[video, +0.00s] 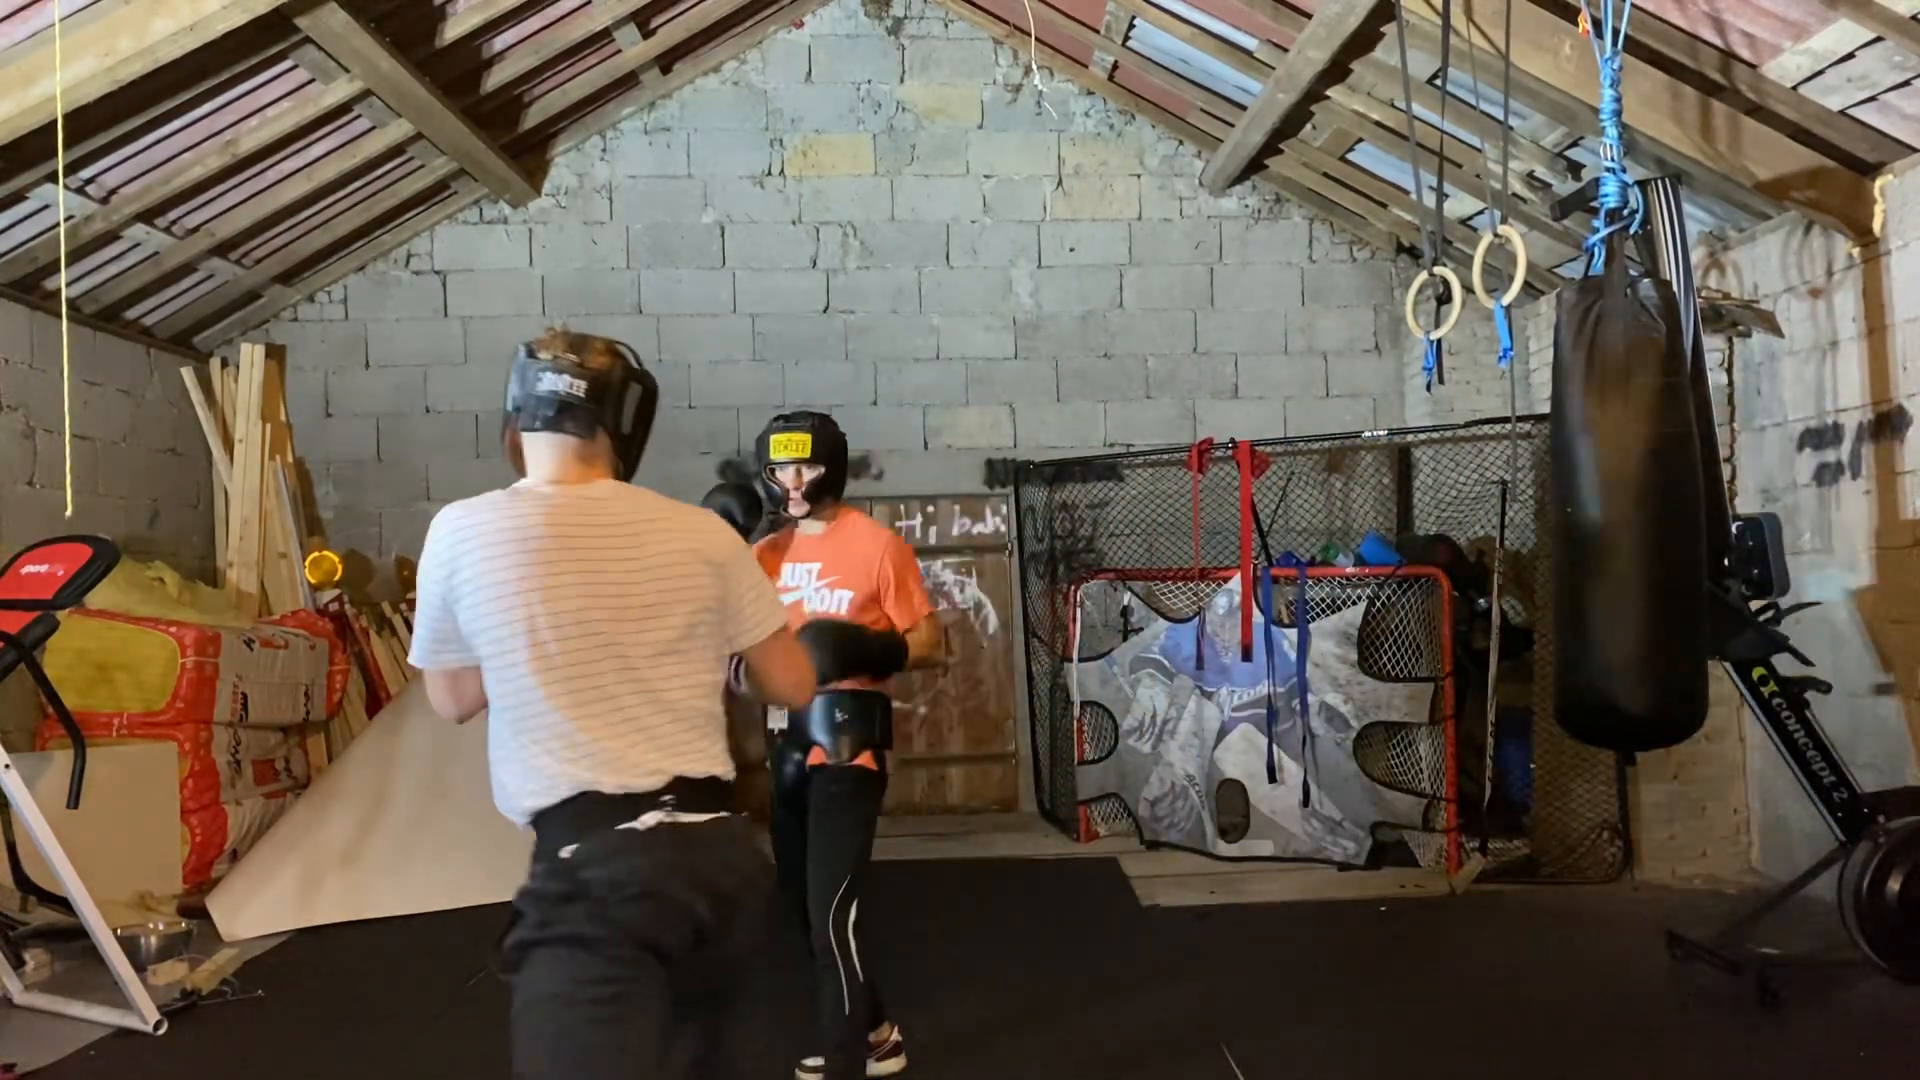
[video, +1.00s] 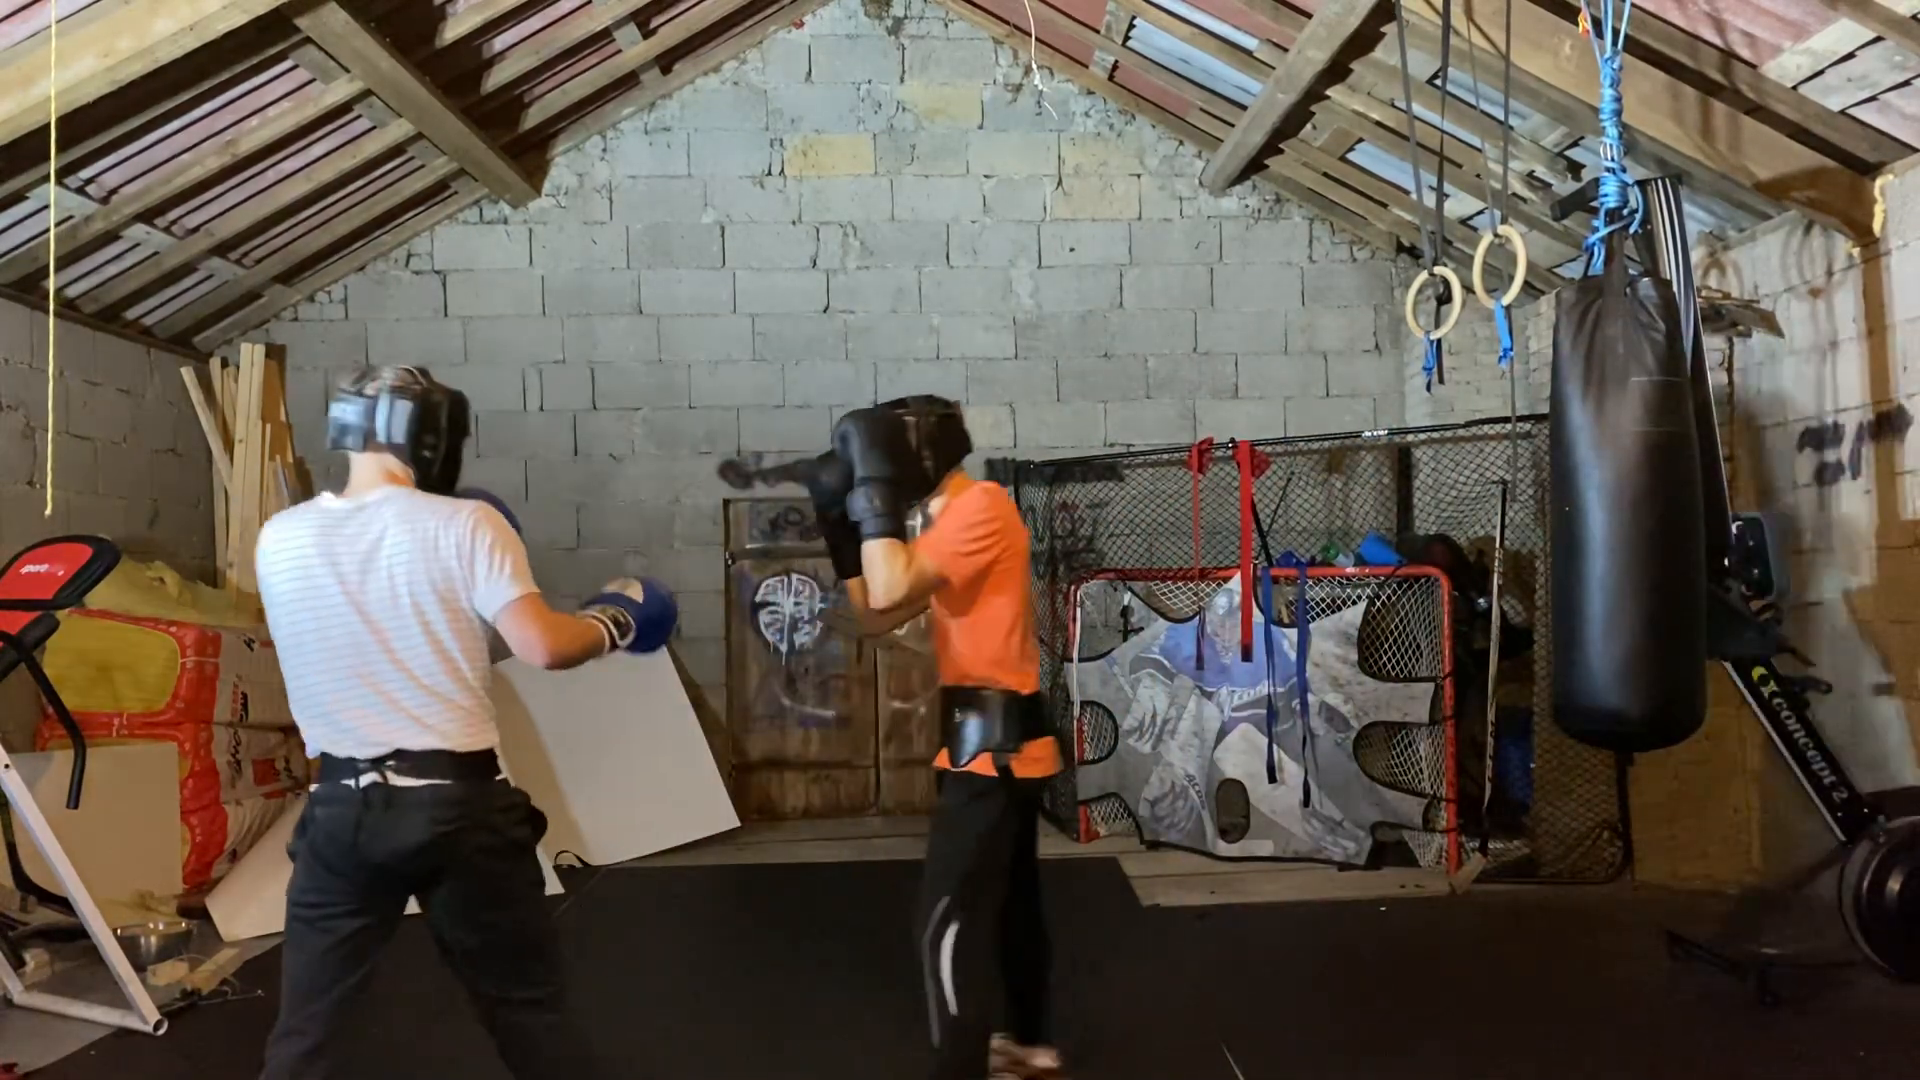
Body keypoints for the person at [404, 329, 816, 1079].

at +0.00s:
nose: (513, 431)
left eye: (513, 416)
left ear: (514, 429)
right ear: (624, 428)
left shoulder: (460, 534)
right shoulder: (703, 535)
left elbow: (455, 698)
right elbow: (794, 683)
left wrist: (536, 622)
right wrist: (725, 651)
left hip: (590, 870)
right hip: (725, 853)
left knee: (582, 1065)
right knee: (747, 1067)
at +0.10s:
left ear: (540, 433)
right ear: (645, 447)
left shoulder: (465, 526)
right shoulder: (703, 550)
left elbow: (461, 685)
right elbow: (765, 714)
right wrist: (696, 662)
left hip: (550, 864)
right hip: (686, 852)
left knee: (548, 1065)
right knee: (680, 1062)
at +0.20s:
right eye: (663, 425)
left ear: (554, 414)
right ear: (655, 433)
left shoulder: (467, 510)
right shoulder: (694, 545)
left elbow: (456, 666)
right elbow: (745, 707)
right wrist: (695, 676)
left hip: (522, 840)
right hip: (656, 831)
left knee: (486, 1065)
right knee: (671, 1054)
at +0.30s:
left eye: (537, 388)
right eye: (635, 406)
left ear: (531, 395)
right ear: (629, 416)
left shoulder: (445, 485)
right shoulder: (670, 522)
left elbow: (438, 637)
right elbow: (724, 672)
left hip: (499, 814)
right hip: (630, 811)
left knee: (427, 1060)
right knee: (644, 1051)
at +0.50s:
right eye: (549, 420)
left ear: (446, 409)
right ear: (544, 422)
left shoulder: (365, 506)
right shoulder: (581, 517)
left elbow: (365, 638)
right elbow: (663, 652)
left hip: (425, 825)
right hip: (556, 816)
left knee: (355, 1056)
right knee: (615, 1048)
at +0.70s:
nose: (457, 436)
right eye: (452, 422)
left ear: (348, 416)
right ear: (444, 427)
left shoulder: (273, 527)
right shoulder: (483, 517)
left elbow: (290, 655)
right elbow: (562, 643)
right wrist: (623, 621)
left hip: (359, 827)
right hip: (488, 814)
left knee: (308, 1050)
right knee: (579, 1015)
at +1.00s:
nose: (453, 453)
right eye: (449, 439)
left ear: (348, 436)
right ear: (435, 444)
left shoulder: (277, 541)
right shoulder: (466, 527)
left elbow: (357, 606)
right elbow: (542, 643)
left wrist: (458, 528)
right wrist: (617, 618)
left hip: (340, 820)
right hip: (459, 813)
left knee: (301, 1038)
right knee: (535, 1024)